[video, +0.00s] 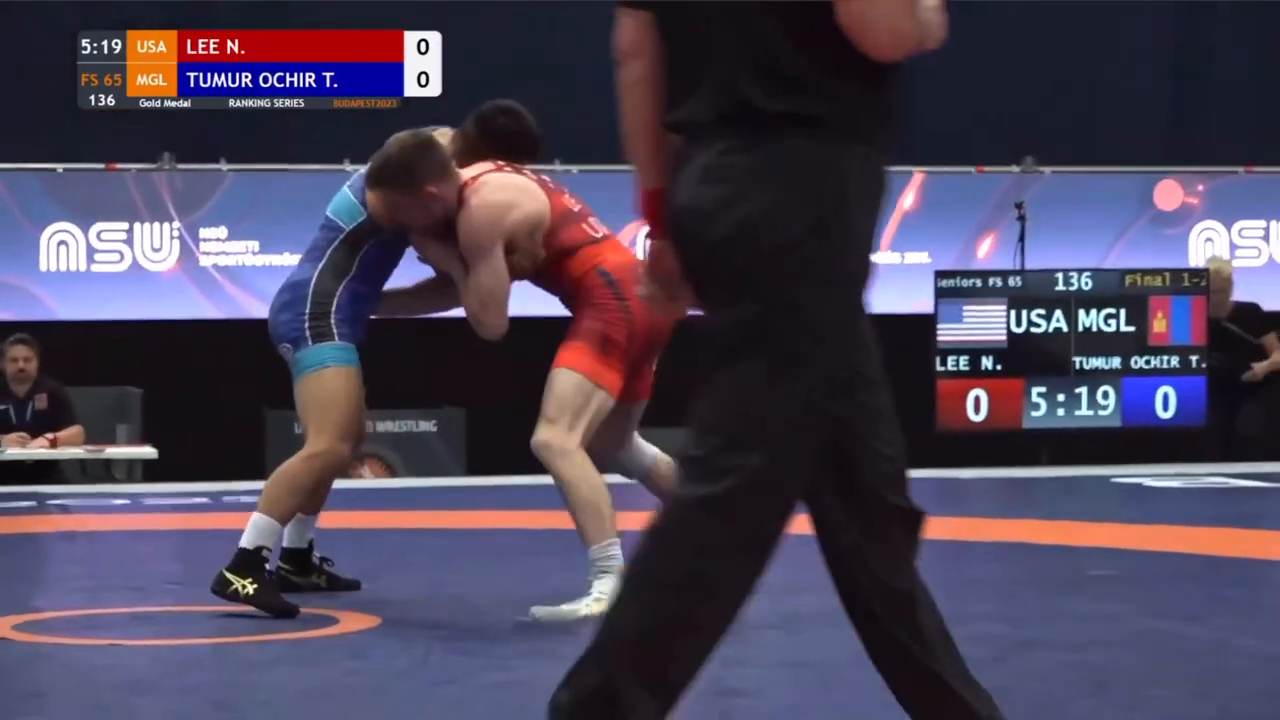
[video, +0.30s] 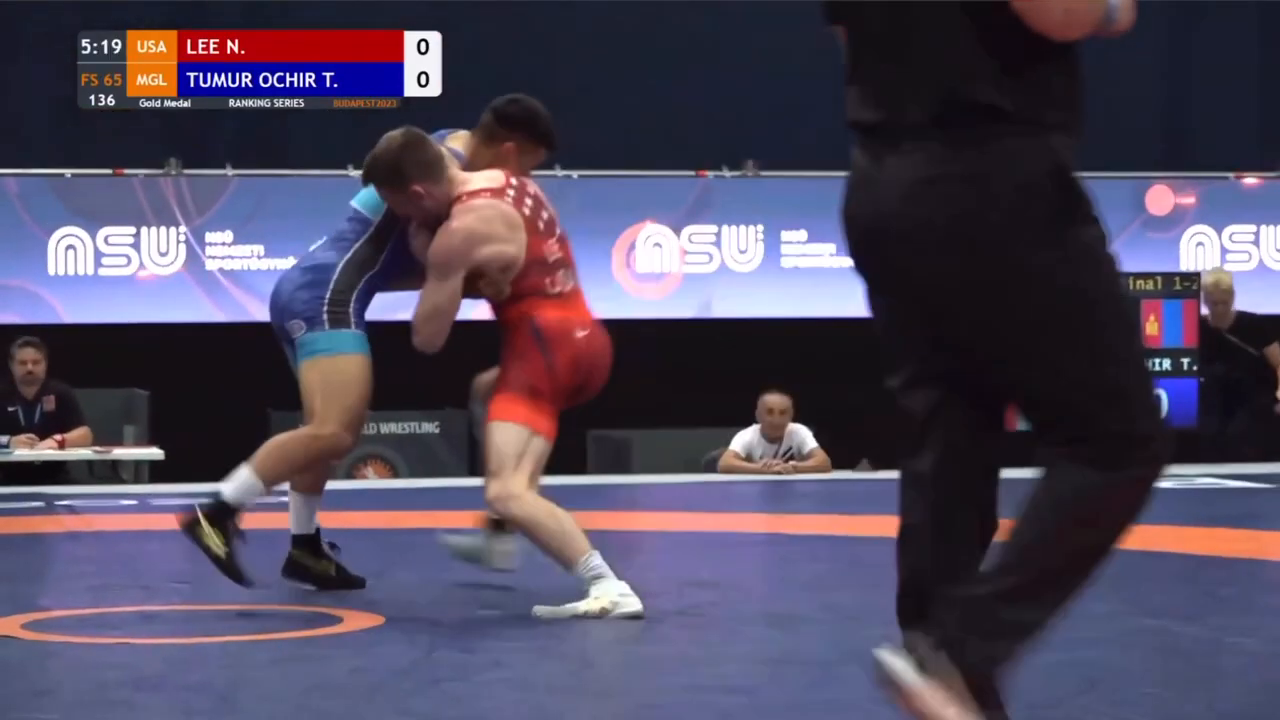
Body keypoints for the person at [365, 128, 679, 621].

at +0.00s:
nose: (404, 230)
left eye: (403, 221)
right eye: (396, 223)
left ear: (433, 194)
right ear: (438, 183)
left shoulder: (482, 210)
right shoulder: (482, 185)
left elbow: (491, 324)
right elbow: (457, 287)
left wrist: (442, 255)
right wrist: (372, 304)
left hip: (617, 300)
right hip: (639, 291)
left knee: (555, 441)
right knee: (612, 446)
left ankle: (610, 583)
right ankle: (712, 513)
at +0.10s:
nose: (395, 227)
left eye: (395, 218)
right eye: (388, 220)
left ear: (426, 194)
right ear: (434, 180)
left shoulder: (475, 210)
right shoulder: (481, 183)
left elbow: (485, 320)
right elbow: (453, 291)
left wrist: (446, 263)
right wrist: (362, 308)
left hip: (609, 298)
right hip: (634, 291)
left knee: (556, 442)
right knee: (590, 435)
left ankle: (613, 585)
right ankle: (706, 522)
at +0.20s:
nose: (398, 221)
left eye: (396, 213)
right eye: (389, 214)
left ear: (423, 192)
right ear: (434, 174)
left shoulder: (469, 219)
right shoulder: (498, 168)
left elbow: (462, 328)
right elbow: (443, 273)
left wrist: (435, 252)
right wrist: (371, 295)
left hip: (582, 312)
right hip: (616, 303)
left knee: (527, 466)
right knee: (559, 424)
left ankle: (608, 584)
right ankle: (632, 518)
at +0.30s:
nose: (402, 211)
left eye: (399, 203)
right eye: (398, 202)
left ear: (419, 193)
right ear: (440, 165)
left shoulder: (457, 234)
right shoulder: (502, 180)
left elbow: (427, 339)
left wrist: (428, 258)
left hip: (546, 345)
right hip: (585, 337)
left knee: (507, 493)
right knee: (486, 388)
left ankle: (606, 585)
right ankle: (498, 536)